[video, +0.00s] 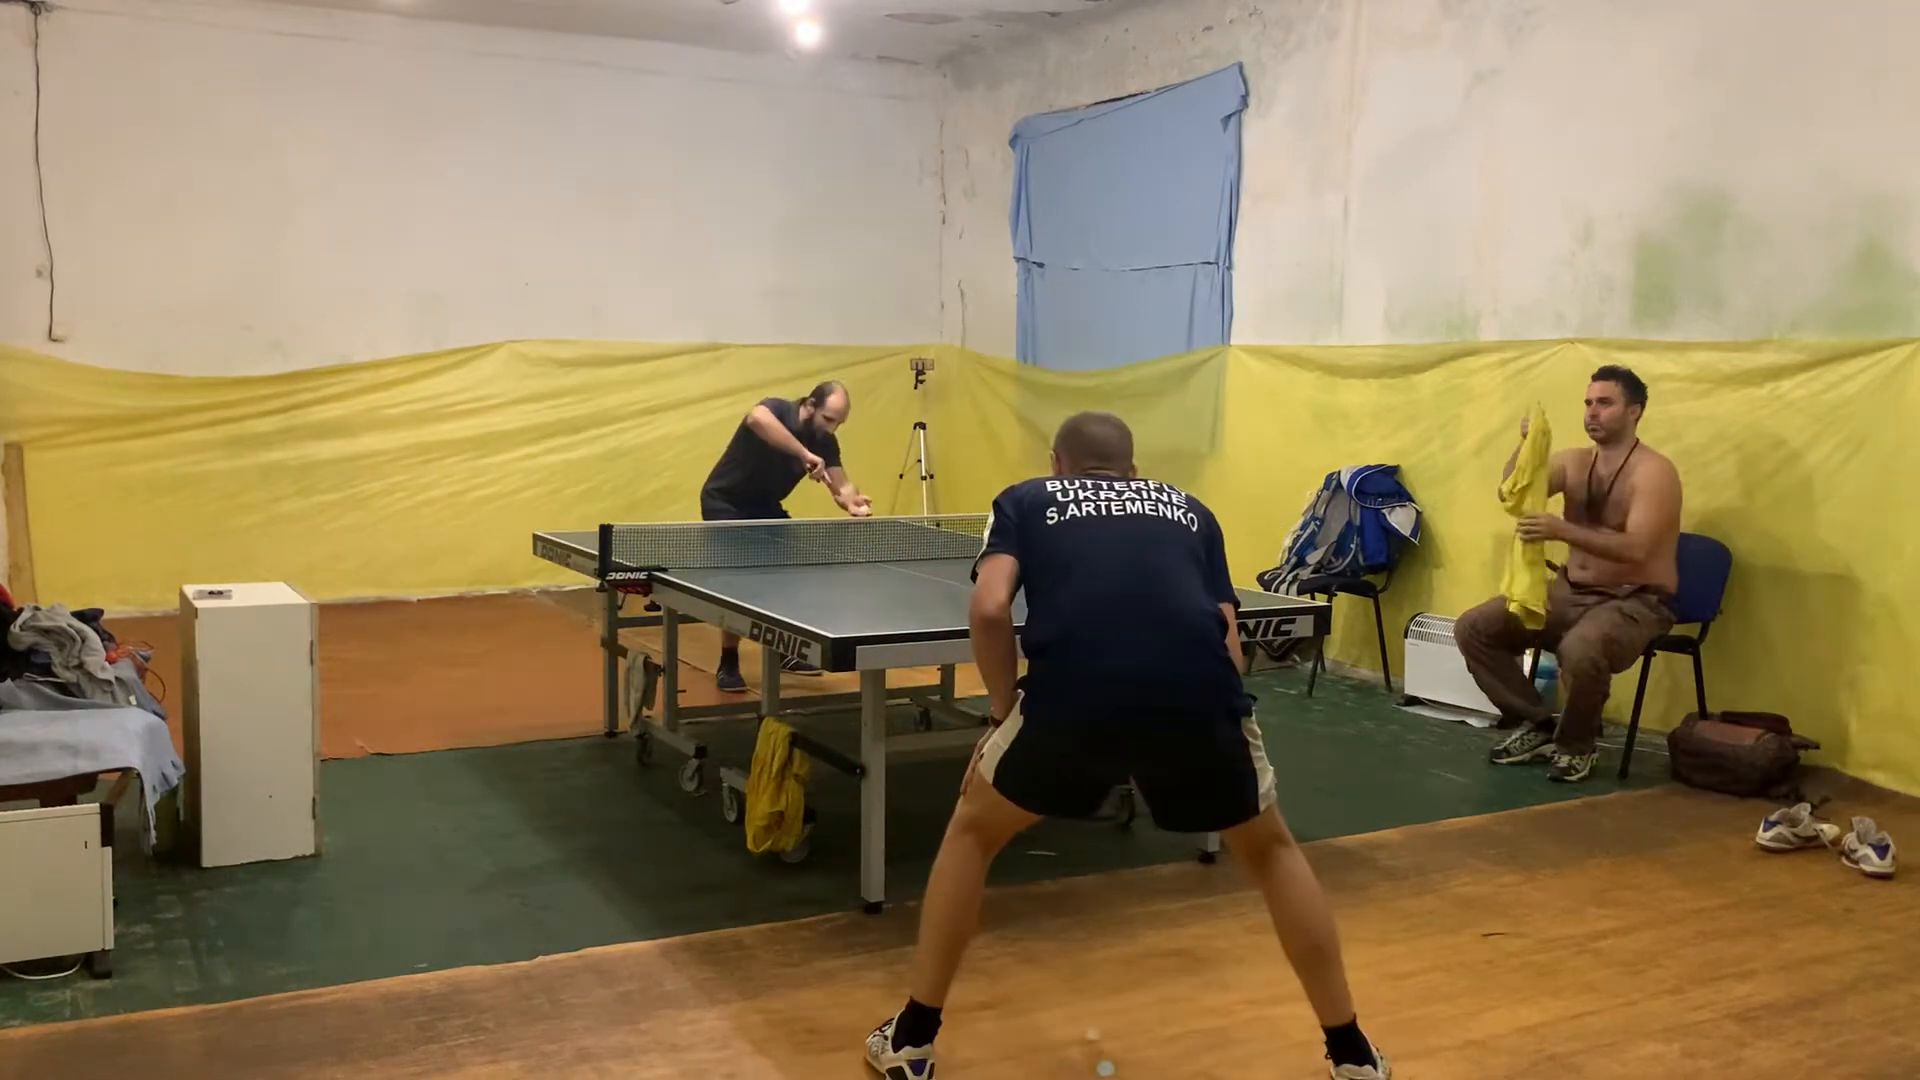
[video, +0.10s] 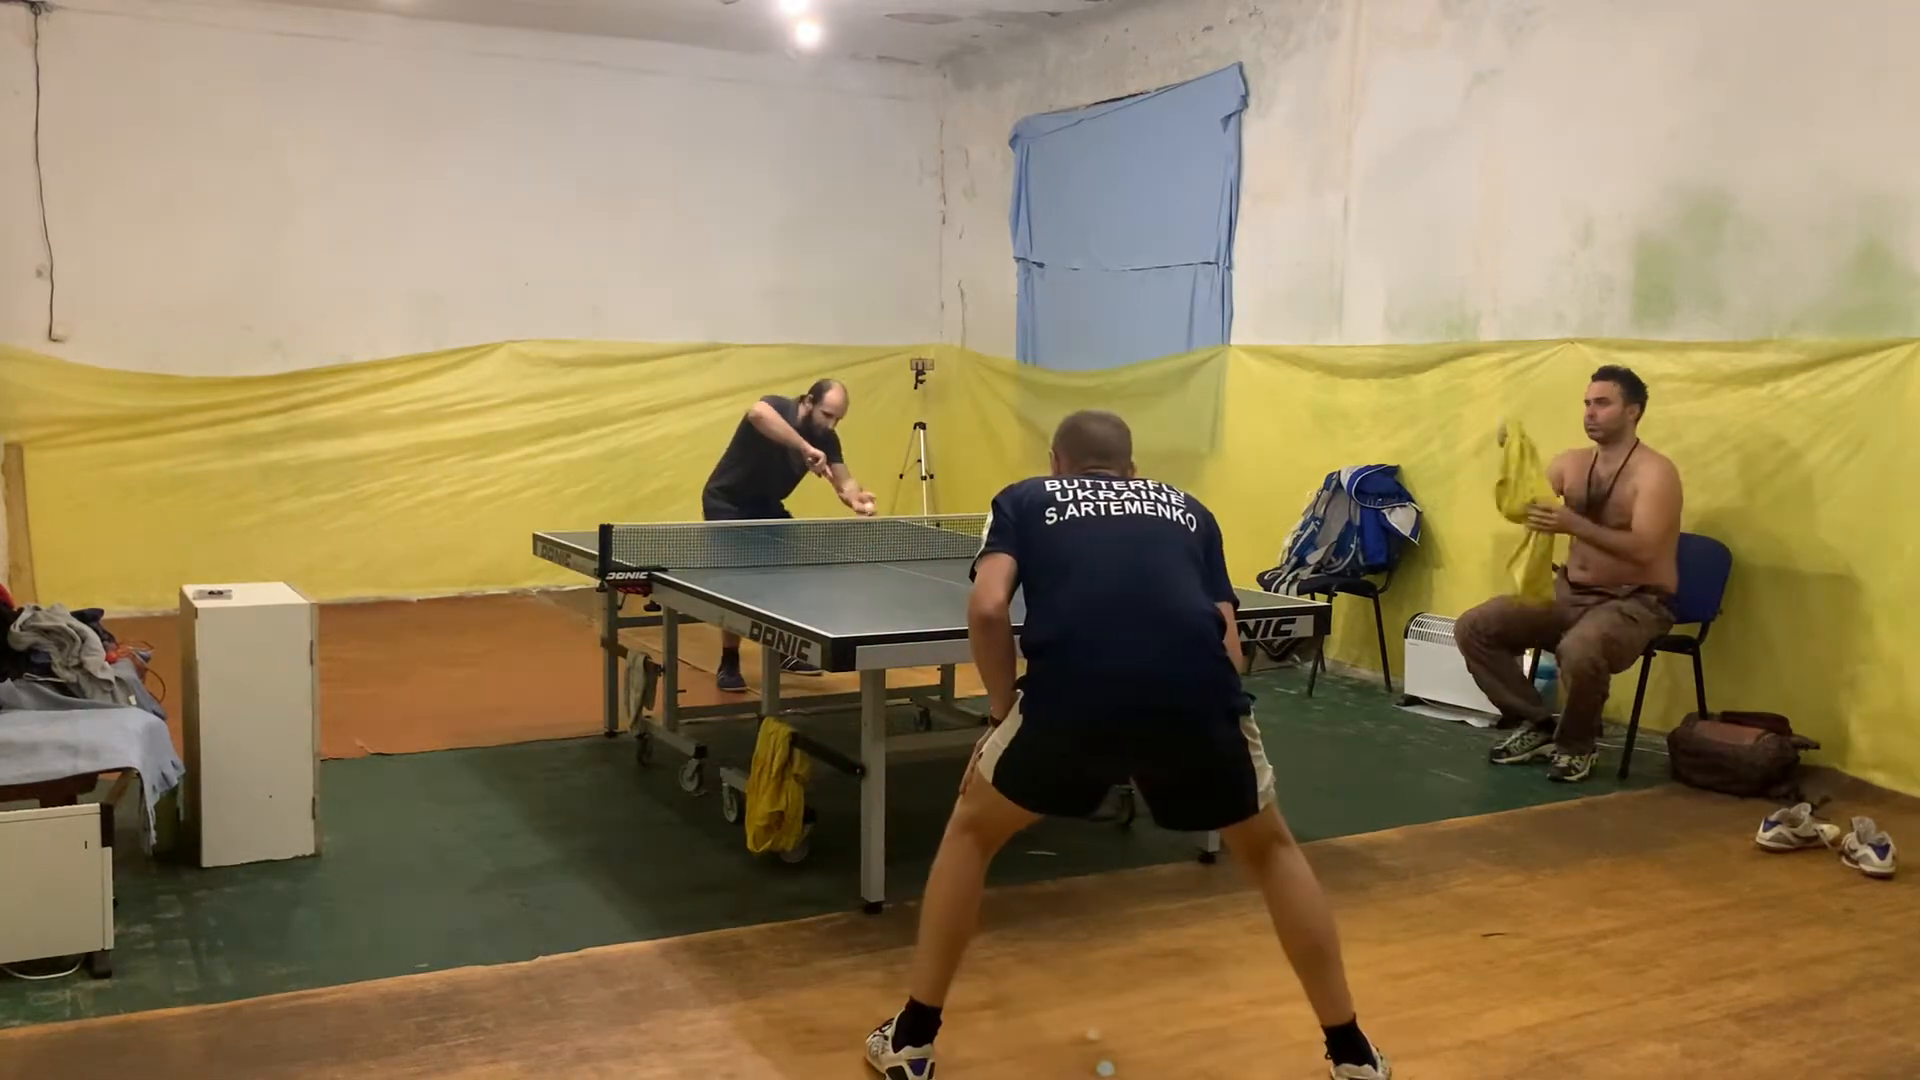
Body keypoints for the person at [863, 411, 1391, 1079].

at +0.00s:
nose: (1046, 468)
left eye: (1049, 461)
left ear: (1057, 463)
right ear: (1132, 466)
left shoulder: (1026, 499)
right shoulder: (1192, 510)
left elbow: (989, 607)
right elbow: (1228, 637)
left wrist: (1003, 709)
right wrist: (1228, 717)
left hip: (1074, 708)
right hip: (1196, 708)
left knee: (973, 834)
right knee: (1271, 850)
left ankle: (913, 1036)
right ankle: (1351, 1049)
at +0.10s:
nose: (1045, 467)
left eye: (1048, 460)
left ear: (1056, 461)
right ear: (1131, 465)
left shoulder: (1025, 498)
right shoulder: (1189, 509)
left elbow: (988, 606)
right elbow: (1228, 640)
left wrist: (1003, 711)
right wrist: (1223, 715)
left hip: (1072, 708)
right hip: (1195, 708)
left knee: (972, 835)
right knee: (1271, 848)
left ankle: (914, 1035)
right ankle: (1350, 1049)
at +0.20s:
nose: (1045, 464)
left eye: (1048, 457)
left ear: (1056, 458)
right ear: (1131, 462)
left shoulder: (1024, 497)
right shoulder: (1189, 508)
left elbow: (987, 606)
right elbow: (1228, 643)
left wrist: (1003, 712)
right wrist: (1218, 718)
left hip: (1072, 708)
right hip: (1194, 707)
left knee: (972, 834)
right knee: (1270, 848)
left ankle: (915, 1035)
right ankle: (1350, 1048)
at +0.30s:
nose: (1046, 460)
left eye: (1049, 452)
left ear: (1058, 452)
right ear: (1133, 458)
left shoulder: (1025, 493)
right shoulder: (1191, 504)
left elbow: (986, 604)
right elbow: (1229, 641)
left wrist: (1001, 710)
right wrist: (1217, 717)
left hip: (1072, 706)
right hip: (1193, 705)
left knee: (971, 834)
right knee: (1270, 849)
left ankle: (915, 1033)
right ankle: (1350, 1047)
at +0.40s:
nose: (1050, 453)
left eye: (1052, 444)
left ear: (1060, 444)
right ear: (1138, 448)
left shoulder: (1026, 485)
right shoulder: (1191, 497)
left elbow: (984, 602)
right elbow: (1231, 643)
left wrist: (1000, 710)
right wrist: (1203, 713)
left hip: (1068, 704)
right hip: (1189, 705)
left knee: (970, 834)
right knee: (1270, 847)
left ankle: (916, 1032)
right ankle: (1350, 1047)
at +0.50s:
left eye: (1060, 429)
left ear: (1068, 431)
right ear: (1144, 436)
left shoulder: (1028, 478)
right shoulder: (1193, 490)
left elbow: (982, 606)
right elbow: (1232, 640)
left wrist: (999, 710)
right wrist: (1190, 694)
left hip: (1062, 704)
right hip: (1185, 707)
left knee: (967, 835)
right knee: (1268, 847)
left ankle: (915, 1032)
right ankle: (1349, 1047)